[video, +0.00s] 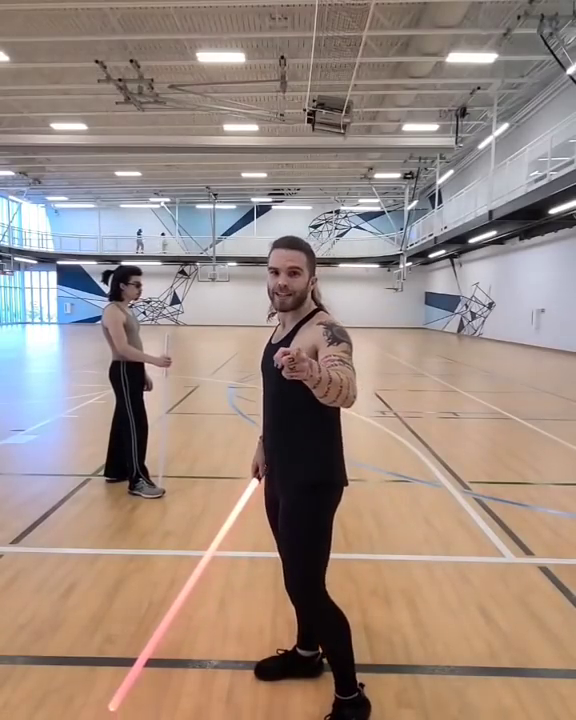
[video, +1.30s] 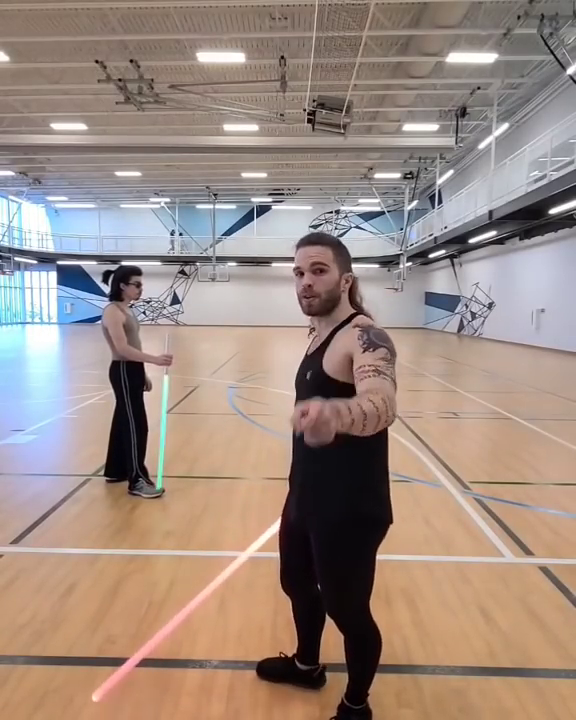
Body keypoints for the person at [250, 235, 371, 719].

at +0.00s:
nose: (282, 281)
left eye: (293, 272)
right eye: (275, 272)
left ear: (312, 277)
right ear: (267, 277)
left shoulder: (327, 331)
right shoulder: (282, 327)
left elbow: (346, 392)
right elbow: (280, 399)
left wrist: (312, 374)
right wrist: (263, 446)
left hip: (314, 476)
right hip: (281, 470)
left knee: (310, 589)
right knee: (296, 571)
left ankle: (350, 694)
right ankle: (307, 651)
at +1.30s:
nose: (305, 281)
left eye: (318, 271)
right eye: (299, 273)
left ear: (346, 279)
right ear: (294, 281)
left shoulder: (367, 338)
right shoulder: (321, 333)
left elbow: (380, 403)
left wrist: (335, 414)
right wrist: (300, 482)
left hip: (350, 501)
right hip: (308, 491)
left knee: (348, 608)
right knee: (299, 579)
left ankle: (356, 703)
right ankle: (306, 663)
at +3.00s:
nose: (298, 287)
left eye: (310, 278)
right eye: (292, 277)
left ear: (338, 280)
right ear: (287, 279)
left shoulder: (369, 347)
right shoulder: (277, 328)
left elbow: (381, 432)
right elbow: (217, 372)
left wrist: (357, 501)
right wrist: (184, 415)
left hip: (342, 487)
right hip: (289, 478)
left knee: (348, 595)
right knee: (290, 568)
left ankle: (363, 696)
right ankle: (301, 645)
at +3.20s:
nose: (293, 288)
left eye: (303, 279)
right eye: (290, 279)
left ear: (337, 281)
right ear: (290, 280)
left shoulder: (378, 338)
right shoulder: (294, 340)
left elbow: (394, 424)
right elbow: (254, 398)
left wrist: (351, 492)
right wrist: (202, 401)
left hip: (365, 486)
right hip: (312, 480)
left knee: (363, 600)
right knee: (293, 566)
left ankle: (368, 700)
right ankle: (300, 644)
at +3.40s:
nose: (302, 290)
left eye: (313, 281)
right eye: (302, 281)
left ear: (348, 286)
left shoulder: (381, 334)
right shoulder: (324, 347)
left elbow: (403, 424)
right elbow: (288, 408)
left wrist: (367, 506)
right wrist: (231, 377)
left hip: (375, 495)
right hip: (329, 486)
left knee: (361, 610)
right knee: (289, 569)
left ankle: (367, 704)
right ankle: (300, 643)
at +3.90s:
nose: (333, 270)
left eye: (347, 261)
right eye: (334, 261)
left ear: (382, 277)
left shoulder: (416, 349)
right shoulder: (320, 319)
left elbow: (405, 440)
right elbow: (260, 355)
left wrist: (335, 466)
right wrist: (228, 379)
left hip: (377, 487)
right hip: (318, 474)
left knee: (370, 602)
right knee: (294, 564)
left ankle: (367, 701)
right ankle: (298, 641)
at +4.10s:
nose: (325, 279)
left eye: (337, 271)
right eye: (325, 269)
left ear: (371, 281)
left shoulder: (402, 338)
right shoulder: (327, 337)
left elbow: (406, 426)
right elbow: (291, 399)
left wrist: (339, 485)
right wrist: (224, 388)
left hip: (375, 495)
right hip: (321, 483)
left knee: (364, 605)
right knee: (288, 568)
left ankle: (367, 700)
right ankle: (298, 642)